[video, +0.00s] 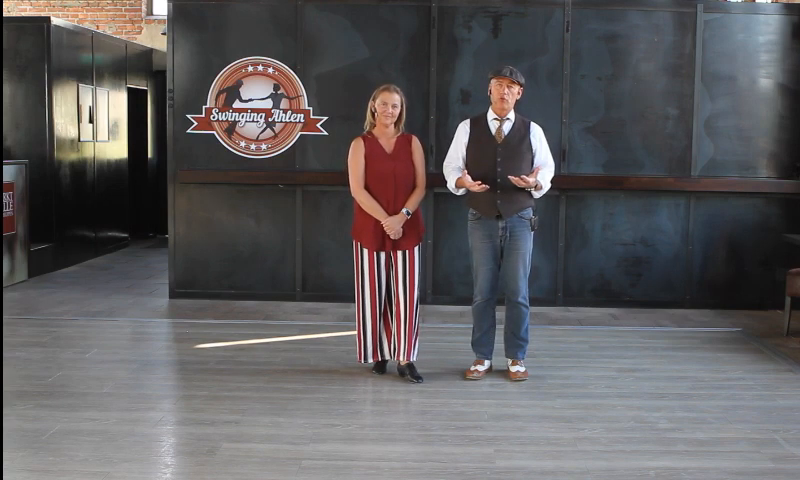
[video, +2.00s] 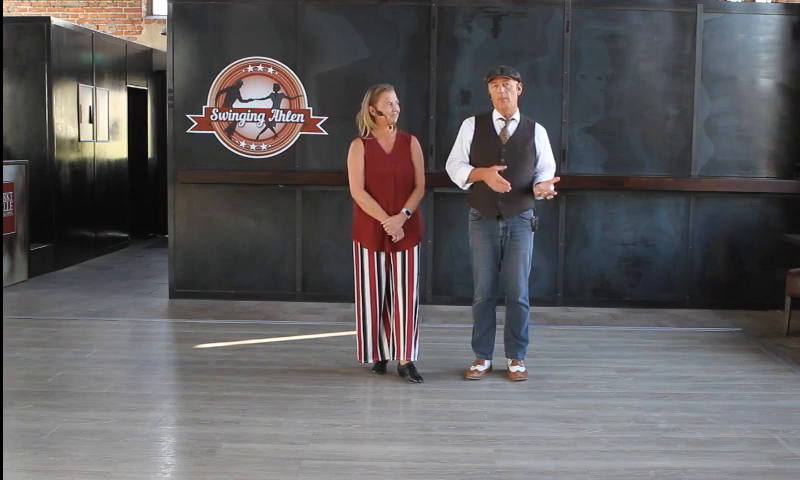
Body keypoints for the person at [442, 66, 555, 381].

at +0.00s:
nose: (506, 92)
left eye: (511, 88)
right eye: (501, 86)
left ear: (519, 94)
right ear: (490, 89)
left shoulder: (532, 131)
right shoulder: (468, 128)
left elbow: (547, 169)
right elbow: (451, 167)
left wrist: (533, 181)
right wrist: (463, 180)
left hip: (519, 220)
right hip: (480, 220)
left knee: (516, 293)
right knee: (483, 292)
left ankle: (516, 359)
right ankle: (482, 358)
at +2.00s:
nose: (501, 92)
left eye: (507, 86)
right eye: (496, 87)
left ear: (518, 90)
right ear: (489, 92)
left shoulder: (536, 131)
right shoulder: (472, 126)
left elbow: (545, 171)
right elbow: (454, 167)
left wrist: (542, 186)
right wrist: (482, 173)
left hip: (521, 219)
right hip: (482, 219)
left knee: (517, 293)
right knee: (484, 292)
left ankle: (516, 359)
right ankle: (482, 358)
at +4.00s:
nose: (503, 91)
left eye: (508, 86)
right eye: (497, 86)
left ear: (518, 91)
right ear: (489, 91)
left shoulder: (534, 131)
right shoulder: (470, 127)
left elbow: (549, 171)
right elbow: (452, 169)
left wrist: (525, 176)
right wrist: (482, 174)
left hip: (521, 221)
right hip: (483, 221)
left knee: (518, 293)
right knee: (484, 292)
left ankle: (516, 359)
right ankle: (482, 358)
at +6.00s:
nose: (500, 90)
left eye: (505, 85)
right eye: (495, 86)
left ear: (516, 90)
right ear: (487, 92)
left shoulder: (534, 130)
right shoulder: (470, 128)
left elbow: (551, 170)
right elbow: (454, 170)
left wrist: (531, 174)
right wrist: (472, 173)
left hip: (521, 220)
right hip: (482, 220)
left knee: (518, 292)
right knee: (484, 292)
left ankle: (516, 359)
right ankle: (482, 358)